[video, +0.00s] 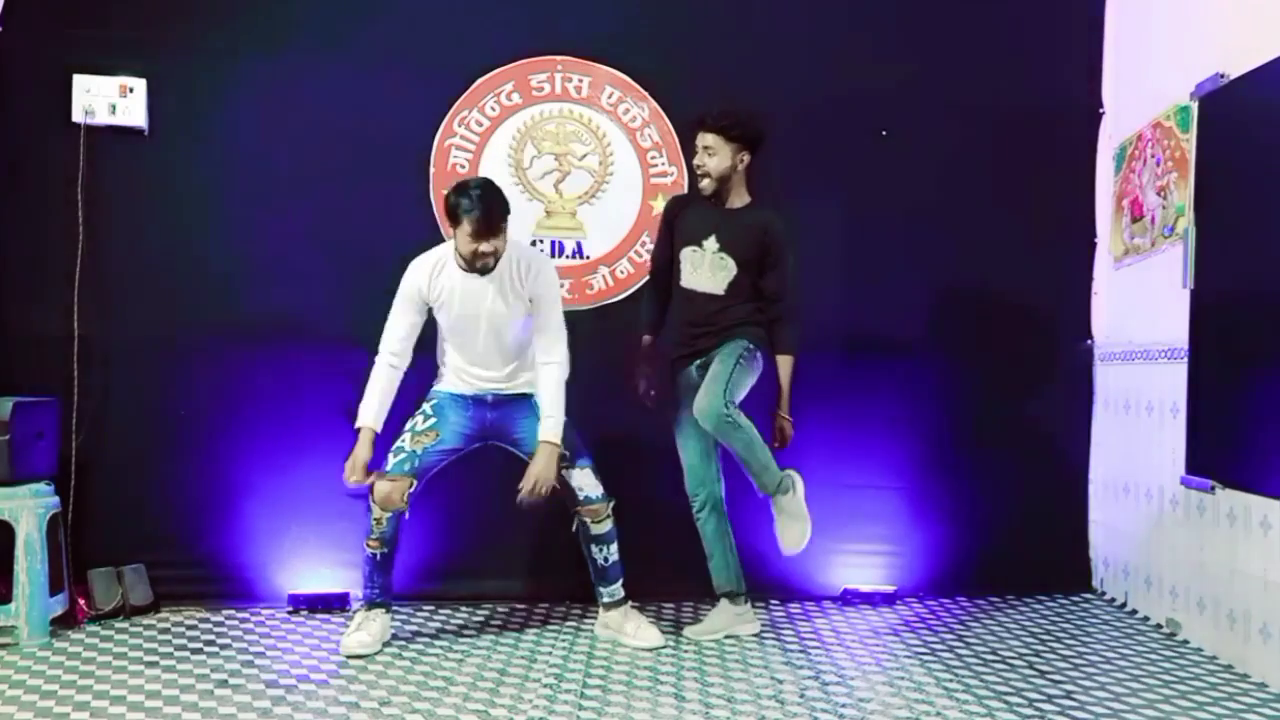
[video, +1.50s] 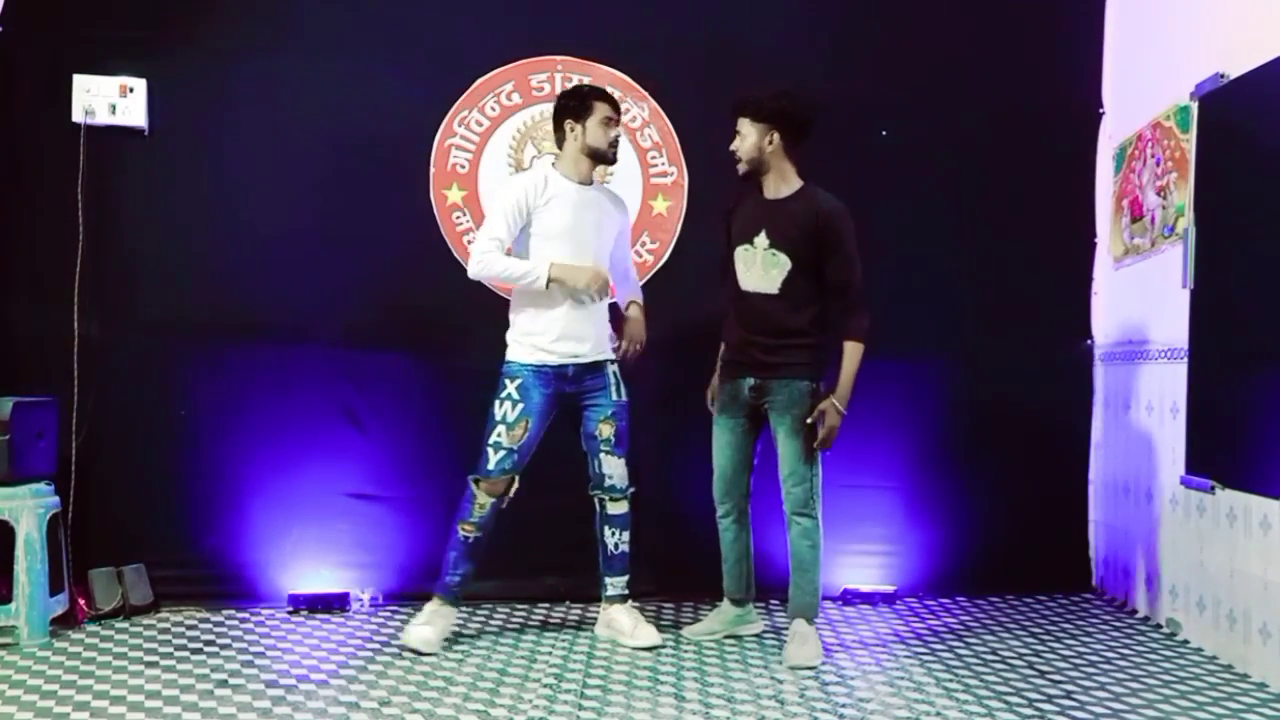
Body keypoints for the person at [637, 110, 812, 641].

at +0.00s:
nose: (699, 161)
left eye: (710, 152)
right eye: (697, 151)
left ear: (741, 158)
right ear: (696, 156)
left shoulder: (764, 224)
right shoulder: (680, 211)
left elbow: (781, 315)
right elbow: (659, 286)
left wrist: (785, 404)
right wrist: (647, 352)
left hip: (740, 346)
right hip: (688, 356)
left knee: (710, 408)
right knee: (703, 491)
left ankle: (781, 490)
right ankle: (733, 604)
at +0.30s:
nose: (711, 167)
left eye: (724, 160)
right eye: (711, 157)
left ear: (755, 168)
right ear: (709, 161)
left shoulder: (768, 235)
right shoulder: (689, 211)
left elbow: (784, 327)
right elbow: (666, 279)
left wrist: (791, 419)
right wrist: (659, 346)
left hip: (739, 345)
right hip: (686, 358)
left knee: (712, 404)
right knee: (700, 491)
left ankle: (783, 475)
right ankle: (734, 605)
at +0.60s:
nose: (735, 170)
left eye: (748, 166)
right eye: (737, 160)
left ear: (776, 181)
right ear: (732, 164)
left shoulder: (777, 250)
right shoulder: (697, 215)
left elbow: (785, 341)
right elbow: (660, 275)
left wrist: (781, 424)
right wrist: (645, 343)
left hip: (738, 349)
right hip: (684, 360)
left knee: (727, 412)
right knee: (700, 489)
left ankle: (777, 485)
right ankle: (734, 604)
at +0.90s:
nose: (746, 168)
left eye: (758, 163)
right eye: (747, 158)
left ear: (789, 176)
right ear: (745, 162)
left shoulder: (792, 251)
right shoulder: (712, 207)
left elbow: (796, 339)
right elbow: (662, 266)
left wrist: (786, 421)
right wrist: (644, 335)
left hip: (746, 363)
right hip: (688, 367)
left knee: (753, 443)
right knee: (704, 496)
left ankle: (779, 543)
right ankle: (731, 605)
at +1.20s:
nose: (739, 152)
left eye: (749, 144)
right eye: (741, 143)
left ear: (781, 153)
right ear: (767, 153)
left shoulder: (811, 233)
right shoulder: (726, 206)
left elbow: (826, 328)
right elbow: (674, 255)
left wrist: (825, 414)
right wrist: (645, 295)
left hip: (777, 381)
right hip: (714, 377)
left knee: (791, 502)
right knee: (708, 500)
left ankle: (802, 621)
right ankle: (734, 607)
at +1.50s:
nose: (734, 144)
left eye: (742, 133)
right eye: (735, 133)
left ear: (774, 139)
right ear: (764, 141)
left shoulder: (823, 213)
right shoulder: (741, 209)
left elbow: (855, 311)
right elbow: (737, 300)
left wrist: (840, 398)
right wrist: (720, 368)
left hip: (795, 379)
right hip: (735, 376)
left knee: (799, 505)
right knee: (728, 498)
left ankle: (802, 623)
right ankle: (737, 607)